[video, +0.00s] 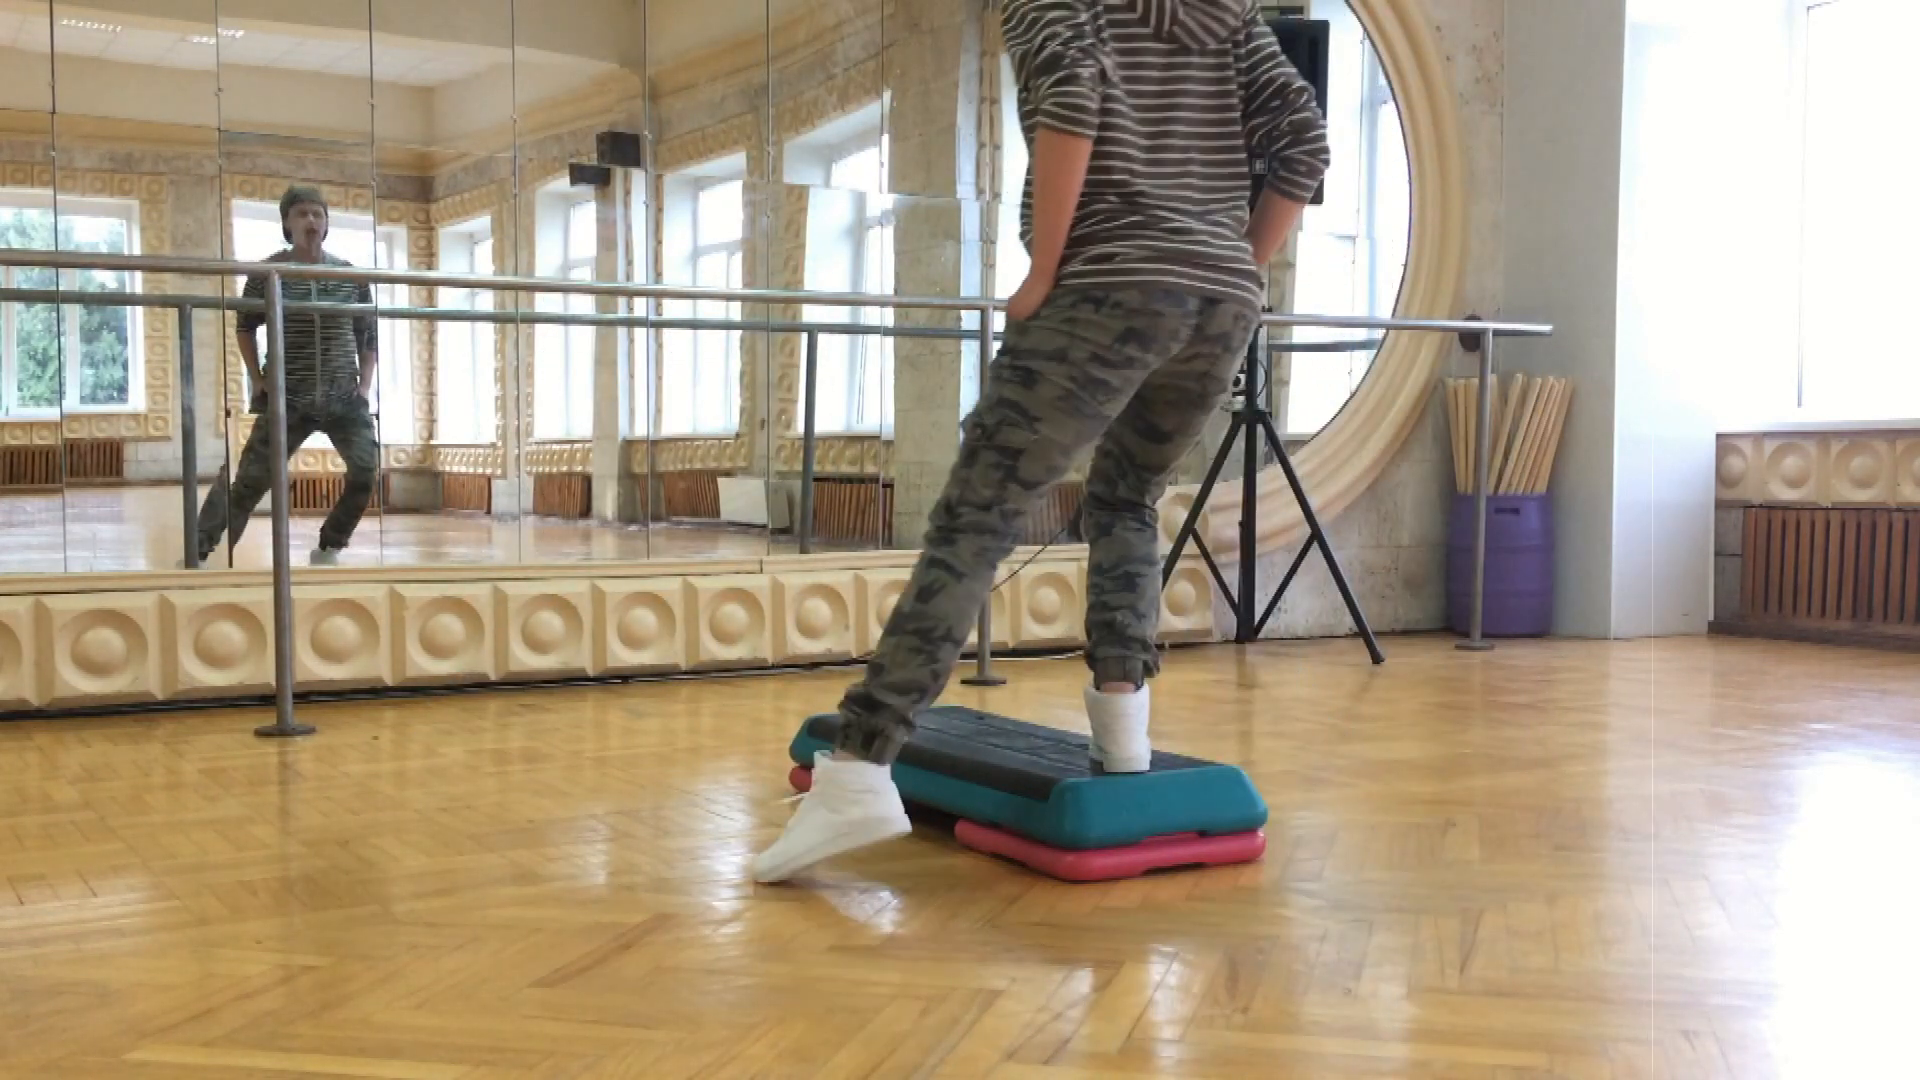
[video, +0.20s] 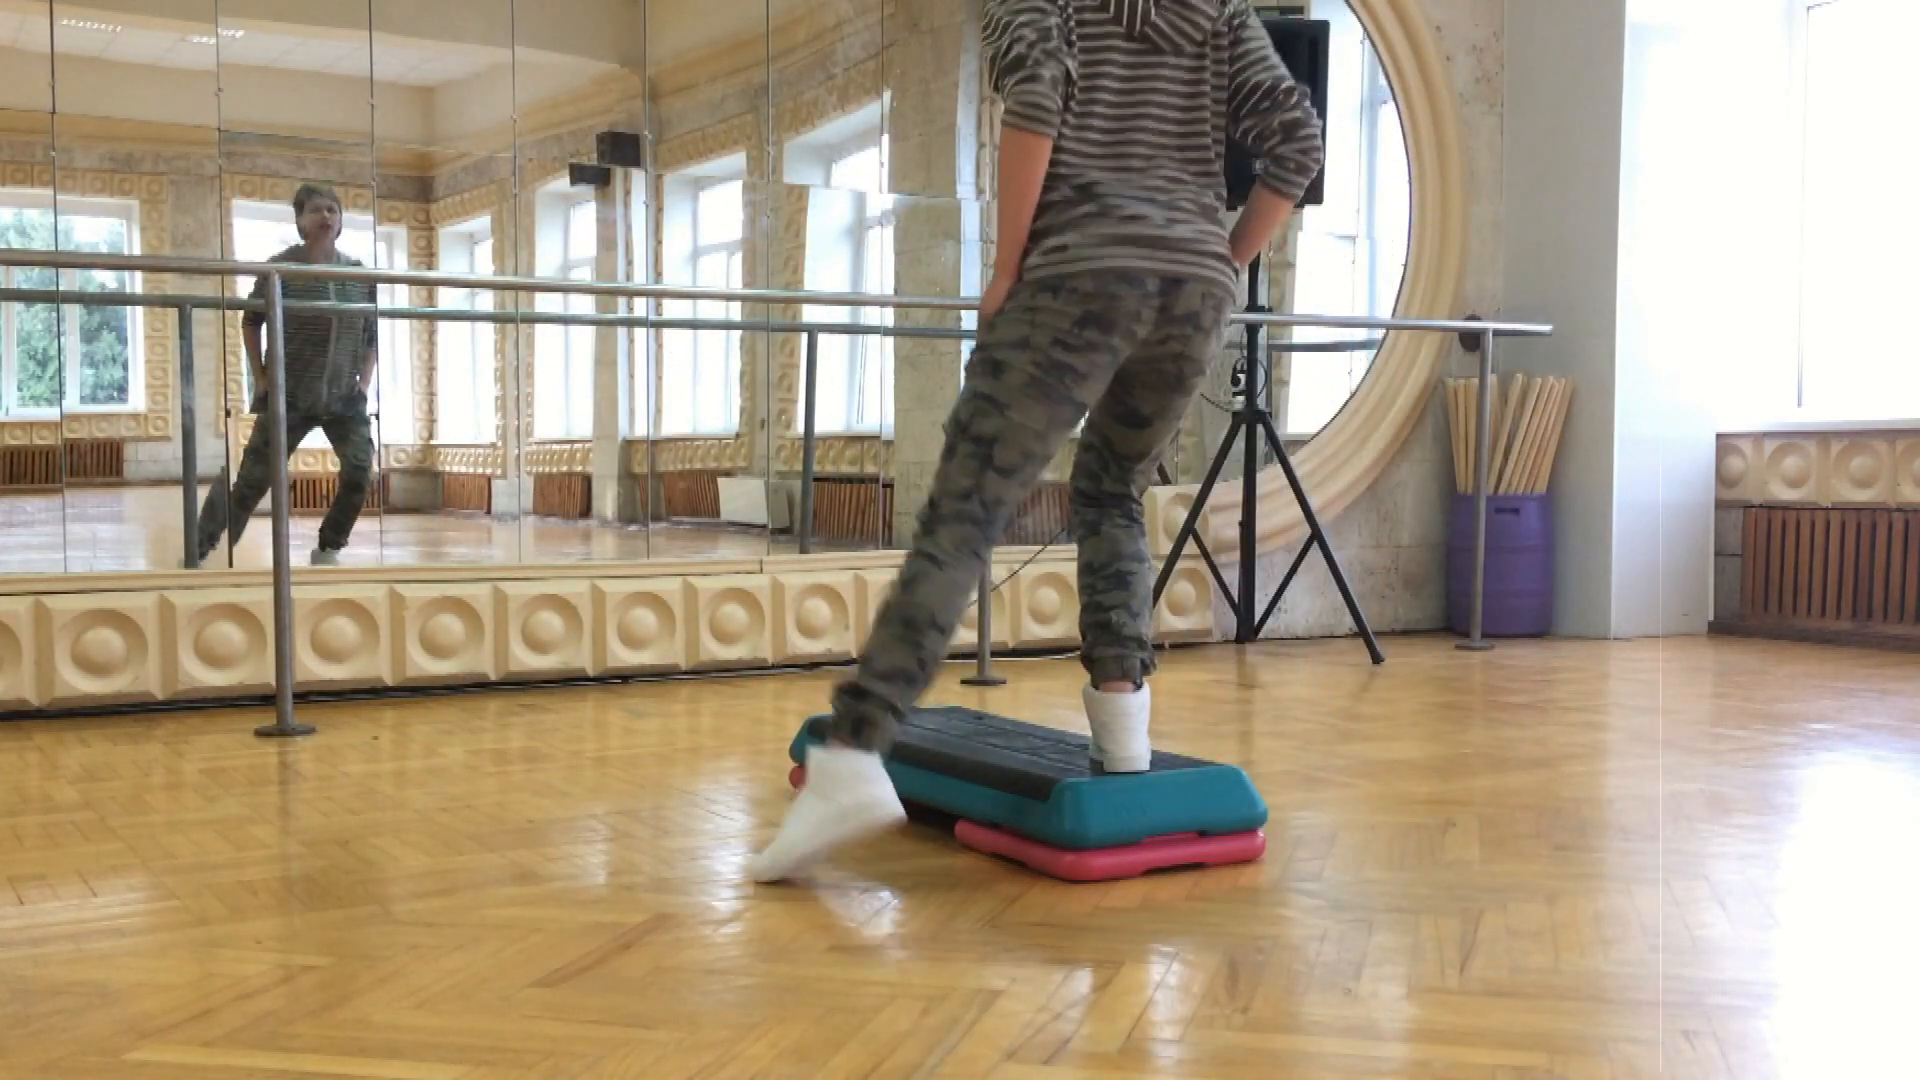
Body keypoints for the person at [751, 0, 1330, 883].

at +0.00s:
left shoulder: (1047, 6)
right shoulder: (1227, 10)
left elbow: (1071, 97)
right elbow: (1303, 142)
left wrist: (1042, 268)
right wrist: (1240, 268)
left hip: (1117, 272)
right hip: (1228, 289)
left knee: (977, 515)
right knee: (1126, 498)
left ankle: (857, 769)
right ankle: (1124, 743)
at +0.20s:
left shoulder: (1031, 7)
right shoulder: (1218, 11)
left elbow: (1039, 90)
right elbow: (1299, 144)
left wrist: (1007, 265)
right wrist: (1227, 261)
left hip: (1088, 262)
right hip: (1203, 280)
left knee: (965, 510)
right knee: (1113, 491)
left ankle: (850, 756)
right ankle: (1124, 741)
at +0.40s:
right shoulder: (1262, 4)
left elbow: (1021, 38)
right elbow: (1293, 73)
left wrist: (982, 179)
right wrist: (1236, 214)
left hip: (1049, 168)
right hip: (1177, 199)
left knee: (928, 390)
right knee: (1138, 458)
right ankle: (1119, 701)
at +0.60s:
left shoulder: (1040, 2)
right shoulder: (1248, 4)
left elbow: (1006, 95)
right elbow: (1287, 97)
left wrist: (981, 228)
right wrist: (1230, 249)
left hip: (1038, 198)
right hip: (1168, 223)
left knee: (902, 408)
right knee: (1157, 486)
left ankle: (778, 307)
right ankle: (1082, 710)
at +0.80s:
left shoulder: (1037, 0)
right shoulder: (1247, 4)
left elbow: (1005, 87)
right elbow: (1279, 93)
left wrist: (983, 224)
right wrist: (1231, 238)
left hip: (1034, 197)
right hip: (1163, 220)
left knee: (904, 416)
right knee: (1158, 491)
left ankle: (776, 345)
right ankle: (1083, 712)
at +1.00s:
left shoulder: (1024, 1)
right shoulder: (1235, 5)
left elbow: (996, 69)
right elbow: (1264, 86)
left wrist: (970, 207)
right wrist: (1221, 232)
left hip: (1017, 191)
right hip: (1146, 214)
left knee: (955, 429)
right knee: (1139, 483)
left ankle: (825, 435)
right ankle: (1079, 712)